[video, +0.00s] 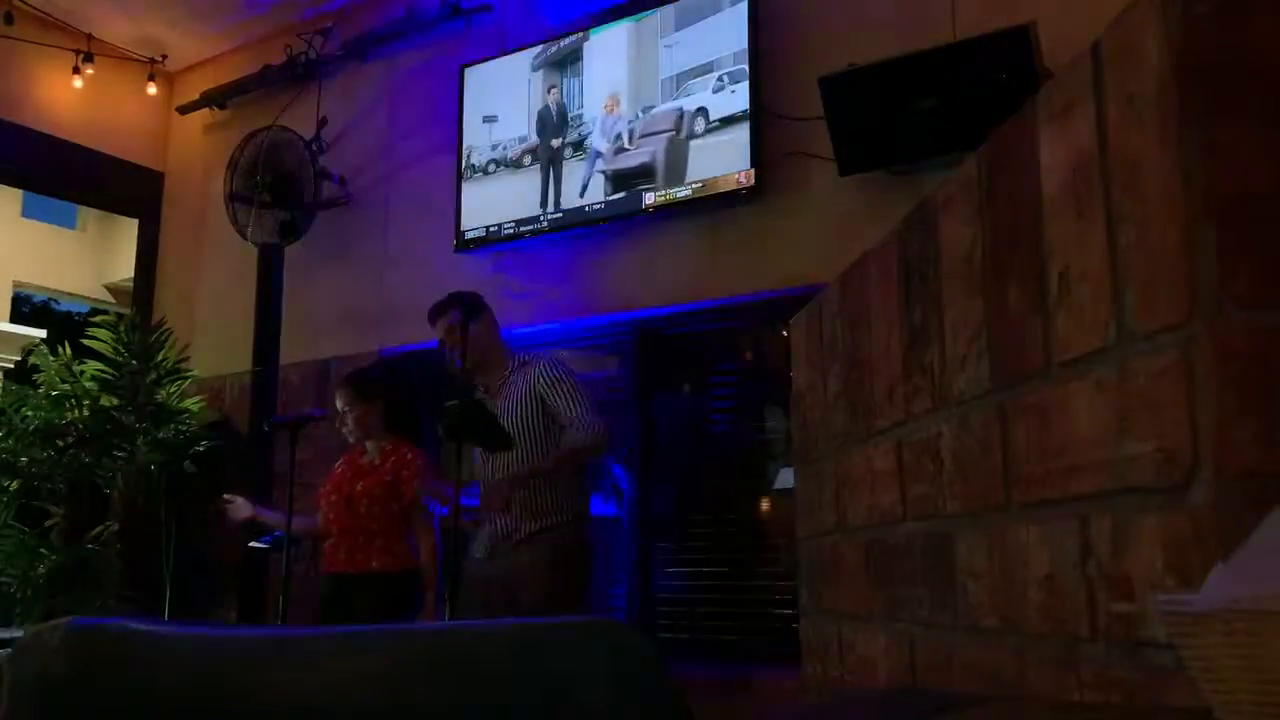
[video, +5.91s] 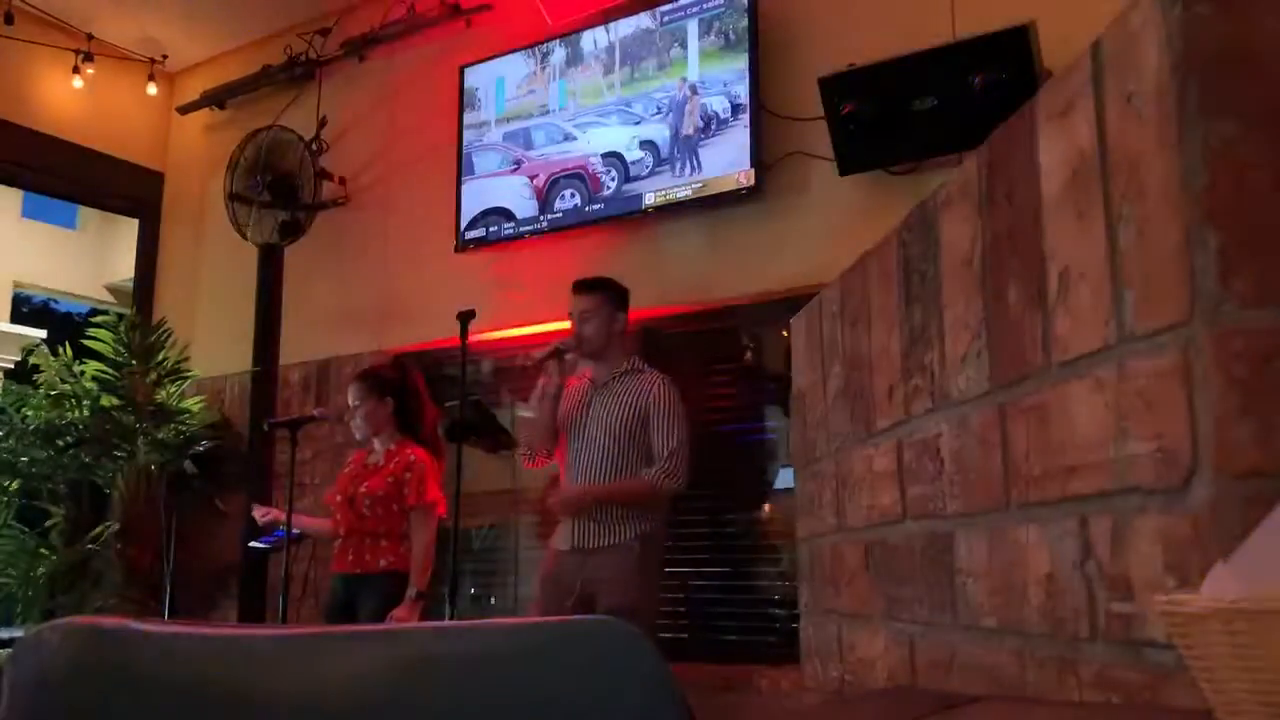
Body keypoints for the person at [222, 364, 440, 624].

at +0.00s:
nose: (340, 422)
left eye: (347, 411)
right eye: (339, 414)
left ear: (374, 409)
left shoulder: (407, 462)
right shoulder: (345, 465)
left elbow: (425, 533)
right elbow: (321, 525)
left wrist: (431, 602)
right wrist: (255, 512)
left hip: (390, 583)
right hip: (340, 583)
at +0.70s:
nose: (344, 416)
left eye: (352, 407)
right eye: (342, 408)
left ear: (381, 407)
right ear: (341, 410)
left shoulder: (414, 463)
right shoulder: (337, 464)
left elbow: (428, 537)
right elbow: (283, 502)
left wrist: (435, 605)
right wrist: (228, 469)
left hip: (392, 584)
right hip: (338, 585)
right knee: (336, 681)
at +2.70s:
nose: (356, 408)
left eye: (367, 400)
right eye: (355, 400)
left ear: (397, 407)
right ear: (353, 400)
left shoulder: (419, 465)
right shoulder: (336, 459)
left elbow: (431, 539)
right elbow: (289, 508)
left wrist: (433, 602)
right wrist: (231, 478)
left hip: (392, 587)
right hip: (334, 585)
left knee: (386, 682)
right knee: (322, 677)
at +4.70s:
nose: (351, 415)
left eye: (360, 406)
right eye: (349, 408)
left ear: (390, 407)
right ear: (347, 412)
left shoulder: (416, 463)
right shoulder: (341, 463)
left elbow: (428, 535)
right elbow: (304, 517)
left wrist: (428, 600)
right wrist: (248, 491)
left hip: (389, 581)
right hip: (335, 581)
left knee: (383, 678)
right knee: (333, 678)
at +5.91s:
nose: (349, 416)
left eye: (356, 406)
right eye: (349, 408)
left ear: (387, 406)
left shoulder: (415, 461)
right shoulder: (357, 460)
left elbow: (424, 536)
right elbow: (338, 527)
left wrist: (413, 600)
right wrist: (282, 518)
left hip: (388, 581)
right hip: (345, 579)